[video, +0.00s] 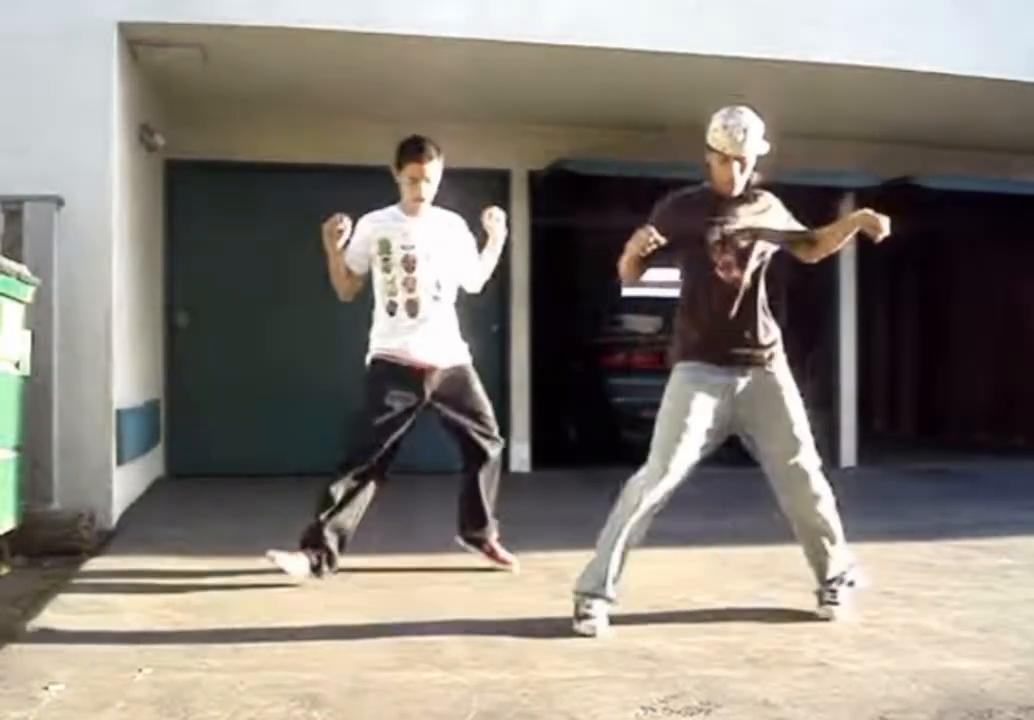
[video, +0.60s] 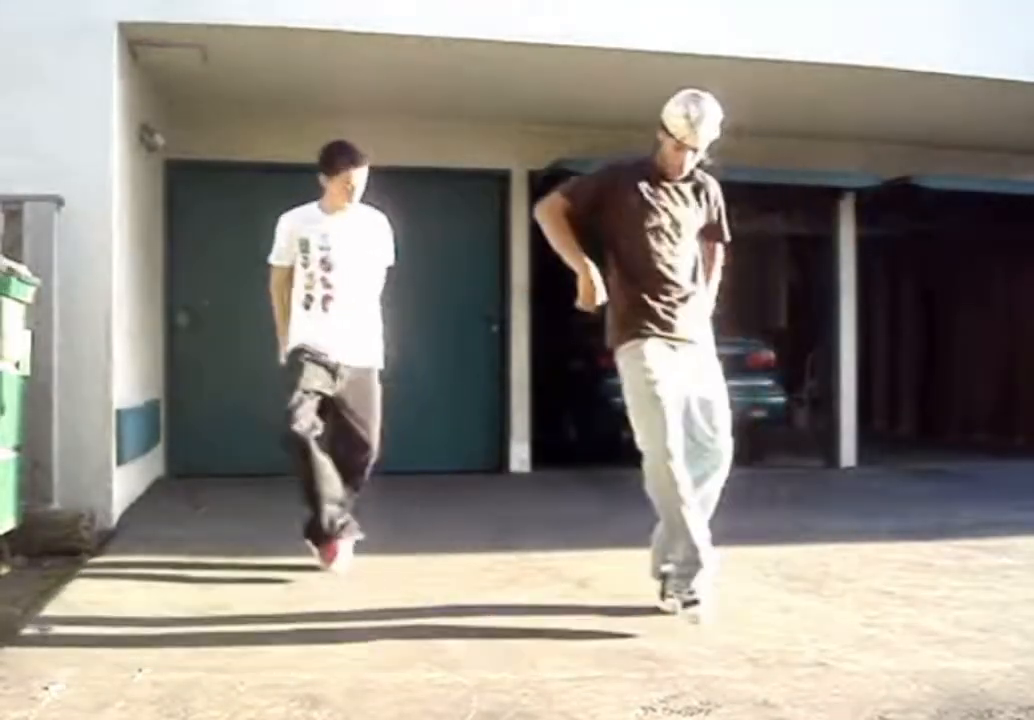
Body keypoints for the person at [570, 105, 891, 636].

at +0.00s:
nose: (736, 173)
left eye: (745, 163)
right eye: (727, 162)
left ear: (757, 161)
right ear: (709, 157)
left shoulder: (767, 206)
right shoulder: (681, 209)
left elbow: (808, 250)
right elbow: (629, 274)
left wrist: (852, 222)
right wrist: (634, 252)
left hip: (764, 367)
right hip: (699, 368)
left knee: (800, 472)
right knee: (659, 477)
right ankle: (594, 594)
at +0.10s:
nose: (744, 176)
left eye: (754, 164)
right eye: (734, 164)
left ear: (768, 160)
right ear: (719, 158)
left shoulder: (779, 205)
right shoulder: (690, 203)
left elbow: (826, 239)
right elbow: (619, 242)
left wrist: (837, 221)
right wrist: (679, 227)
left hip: (767, 365)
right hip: (708, 362)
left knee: (808, 473)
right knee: (694, 465)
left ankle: (828, 583)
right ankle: (619, 591)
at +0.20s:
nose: (734, 152)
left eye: (743, 143)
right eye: (727, 140)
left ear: (754, 139)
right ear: (711, 130)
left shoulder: (756, 178)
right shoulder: (684, 168)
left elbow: (785, 240)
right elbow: (647, 221)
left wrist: (777, 277)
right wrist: (704, 254)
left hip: (737, 327)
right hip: (683, 325)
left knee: (767, 442)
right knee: (707, 433)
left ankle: (758, 569)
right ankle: (714, 576)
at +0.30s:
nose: (727, 154)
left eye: (736, 144)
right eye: (720, 142)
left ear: (746, 140)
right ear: (702, 131)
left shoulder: (743, 185)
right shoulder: (666, 178)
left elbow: (749, 256)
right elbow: (653, 253)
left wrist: (761, 315)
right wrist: (717, 291)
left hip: (732, 330)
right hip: (680, 333)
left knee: (750, 449)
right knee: (718, 447)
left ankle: (701, 559)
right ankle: (754, 582)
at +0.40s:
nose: (700, 172)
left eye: (711, 164)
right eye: (693, 160)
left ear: (724, 165)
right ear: (678, 154)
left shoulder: (725, 223)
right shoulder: (645, 210)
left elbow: (730, 301)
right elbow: (620, 285)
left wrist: (742, 377)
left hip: (715, 358)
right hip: (665, 362)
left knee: (701, 472)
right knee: (708, 472)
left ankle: (656, 569)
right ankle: (767, 586)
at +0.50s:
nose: (697, 171)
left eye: (708, 162)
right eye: (690, 158)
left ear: (722, 162)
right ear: (676, 151)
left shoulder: (721, 220)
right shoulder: (641, 204)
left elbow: (726, 297)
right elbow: (598, 271)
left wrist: (737, 373)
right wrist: (633, 335)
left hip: (708, 358)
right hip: (659, 359)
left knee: (701, 471)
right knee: (701, 473)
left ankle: (658, 570)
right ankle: (763, 582)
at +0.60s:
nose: (685, 159)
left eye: (695, 150)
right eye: (679, 146)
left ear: (707, 147)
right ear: (661, 134)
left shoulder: (707, 189)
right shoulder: (621, 180)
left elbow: (714, 243)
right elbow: (548, 209)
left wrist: (707, 290)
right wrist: (583, 269)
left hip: (694, 333)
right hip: (641, 335)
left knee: (714, 448)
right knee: (664, 454)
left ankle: (669, 557)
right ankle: (691, 573)